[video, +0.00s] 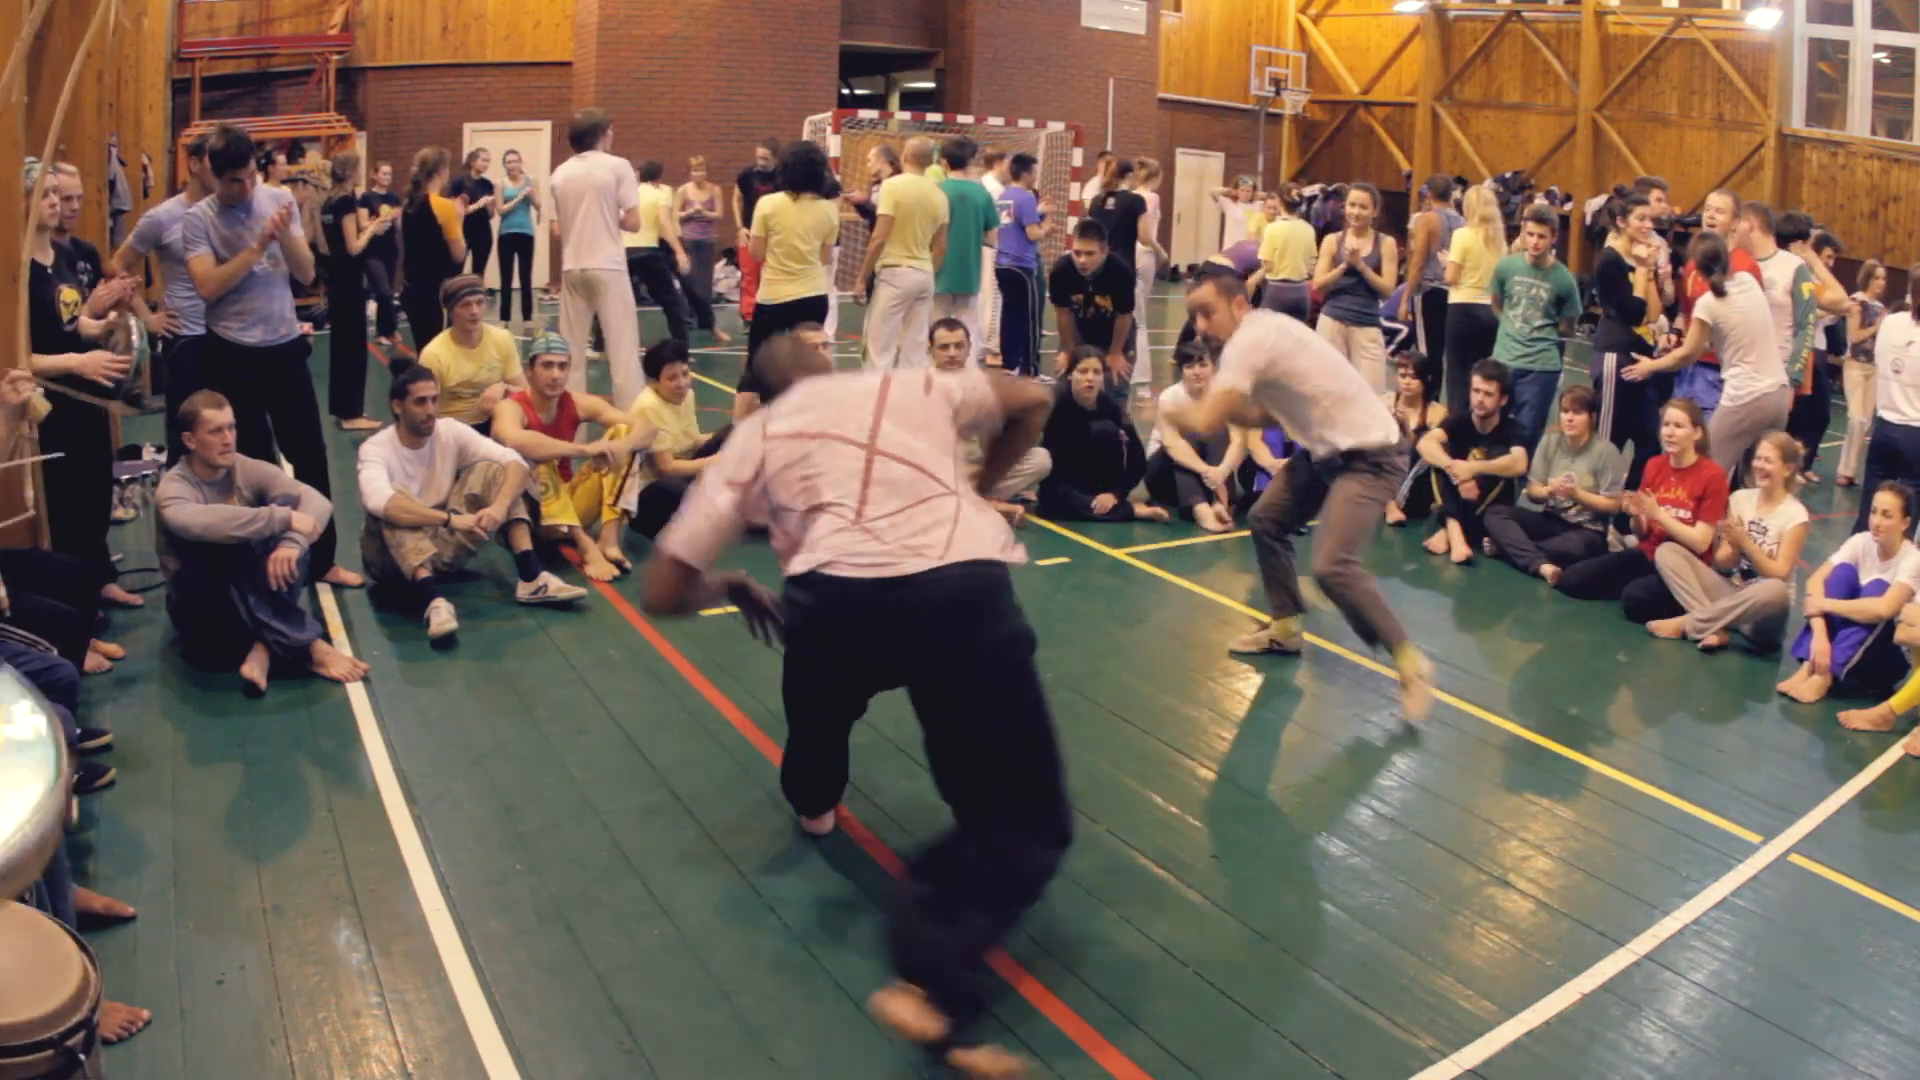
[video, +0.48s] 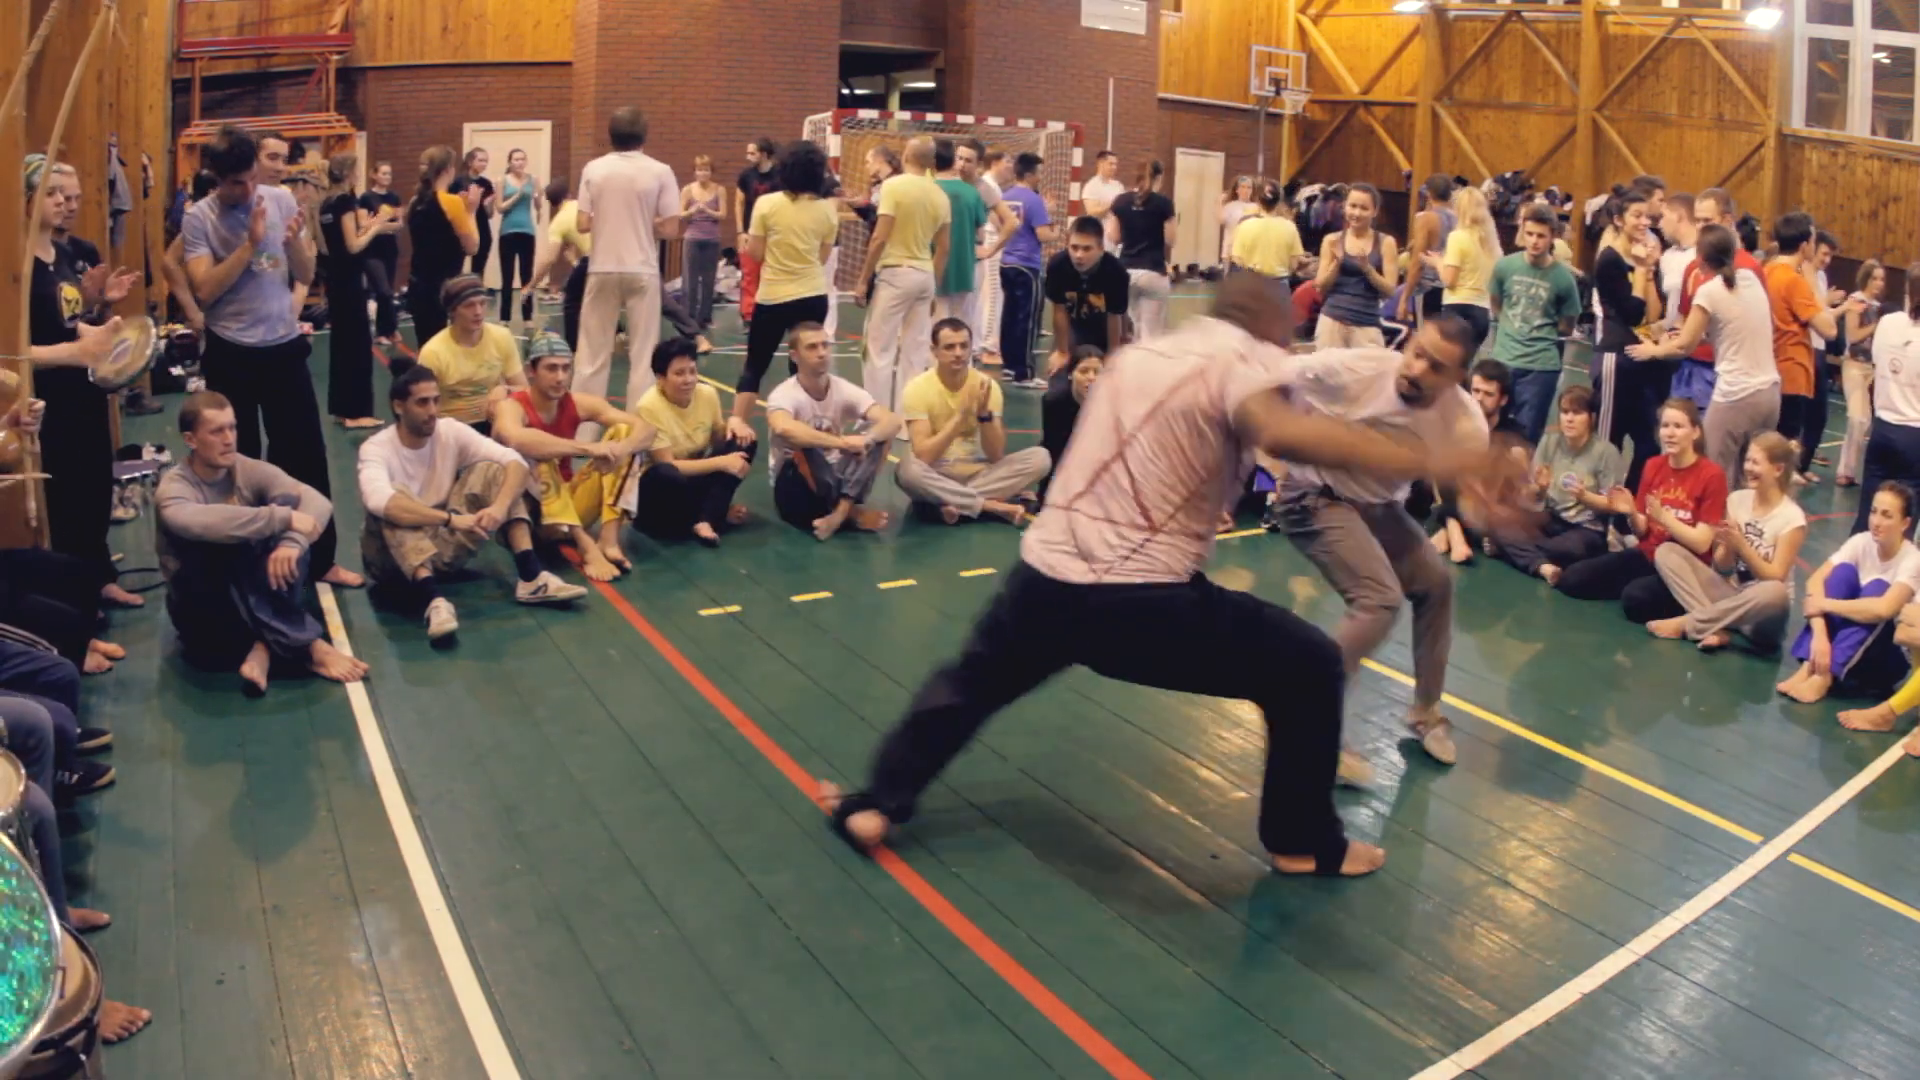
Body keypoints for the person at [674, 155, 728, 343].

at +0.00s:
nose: (698, 174)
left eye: (700, 170)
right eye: (694, 170)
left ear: (706, 171)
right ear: (690, 172)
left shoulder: (714, 189)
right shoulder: (683, 190)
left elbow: (719, 214)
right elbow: (676, 215)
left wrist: (703, 212)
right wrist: (692, 212)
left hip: (707, 238)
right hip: (688, 238)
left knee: (705, 278)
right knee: (689, 276)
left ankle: (705, 313)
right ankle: (690, 312)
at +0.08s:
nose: (700, 174)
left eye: (703, 170)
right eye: (697, 171)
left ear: (708, 171)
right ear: (692, 172)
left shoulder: (716, 190)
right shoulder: (684, 190)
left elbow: (720, 214)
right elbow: (676, 215)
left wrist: (705, 211)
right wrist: (692, 210)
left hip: (709, 237)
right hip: (689, 236)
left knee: (707, 276)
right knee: (689, 275)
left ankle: (705, 311)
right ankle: (690, 311)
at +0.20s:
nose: (702, 173)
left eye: (705, 170)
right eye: (698, 170)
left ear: (710, 171)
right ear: (694, 171)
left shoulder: (718, 189)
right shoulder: (686, 190)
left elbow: (722, 214)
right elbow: (679, 214)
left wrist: (708, 208)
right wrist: (692, 207)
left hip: (711, 237)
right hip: (691, 237)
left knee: (708, 280)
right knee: (689, 280)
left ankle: (706, 316)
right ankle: (687, 317)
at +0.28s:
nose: (702, 173)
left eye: (705, 169)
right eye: (699, 169)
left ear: (711, 171)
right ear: (694, 171)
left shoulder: (719, 189)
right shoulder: (687, 189)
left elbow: (722, 214)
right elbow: (681, 214)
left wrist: (708, 208)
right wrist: (695, 206)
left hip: (711, 236)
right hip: (692, 236)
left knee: (709, 280)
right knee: (690, 279)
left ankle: (706, 317)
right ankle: (688, 317)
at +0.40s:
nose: (702, 173)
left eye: (705, 169)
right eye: (699, 169)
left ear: (711, 171)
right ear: (695, 171)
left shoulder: (719, 190)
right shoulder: (687, 190)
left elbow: (723, 214)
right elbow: (681, 214)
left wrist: (707, 209)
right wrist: (694, 208)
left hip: (711, 236)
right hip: (692, 236)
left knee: (709, 281)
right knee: (691, 281)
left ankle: (706, 317)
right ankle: (689, 317)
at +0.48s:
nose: (702, 173)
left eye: (705, 169)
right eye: (698, 169)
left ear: (711, 171)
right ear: (695, 171)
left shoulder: (719, 190)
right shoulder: (688, 190)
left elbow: (723, 214)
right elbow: (681, 214)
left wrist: (706, 209)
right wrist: (694, 209)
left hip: (711, 237)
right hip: (692, 236)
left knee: (708, 281)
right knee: (691, 280)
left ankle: (705, 317)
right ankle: (690, 317)